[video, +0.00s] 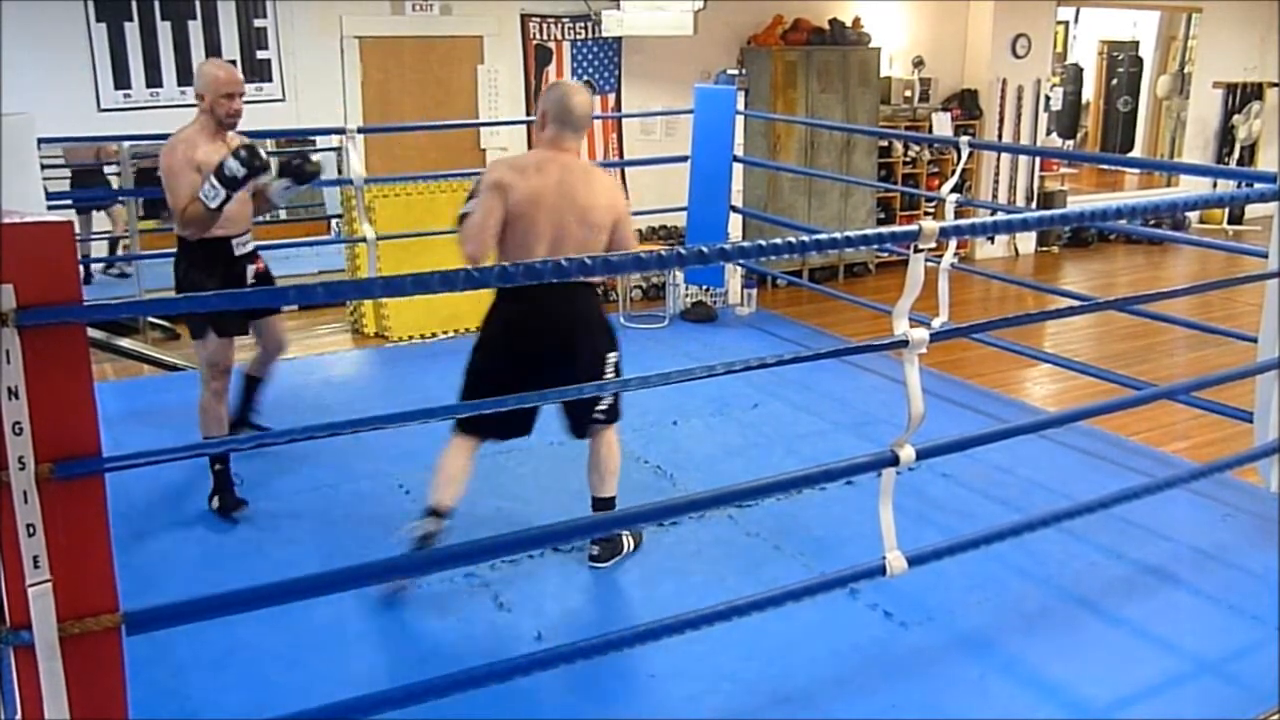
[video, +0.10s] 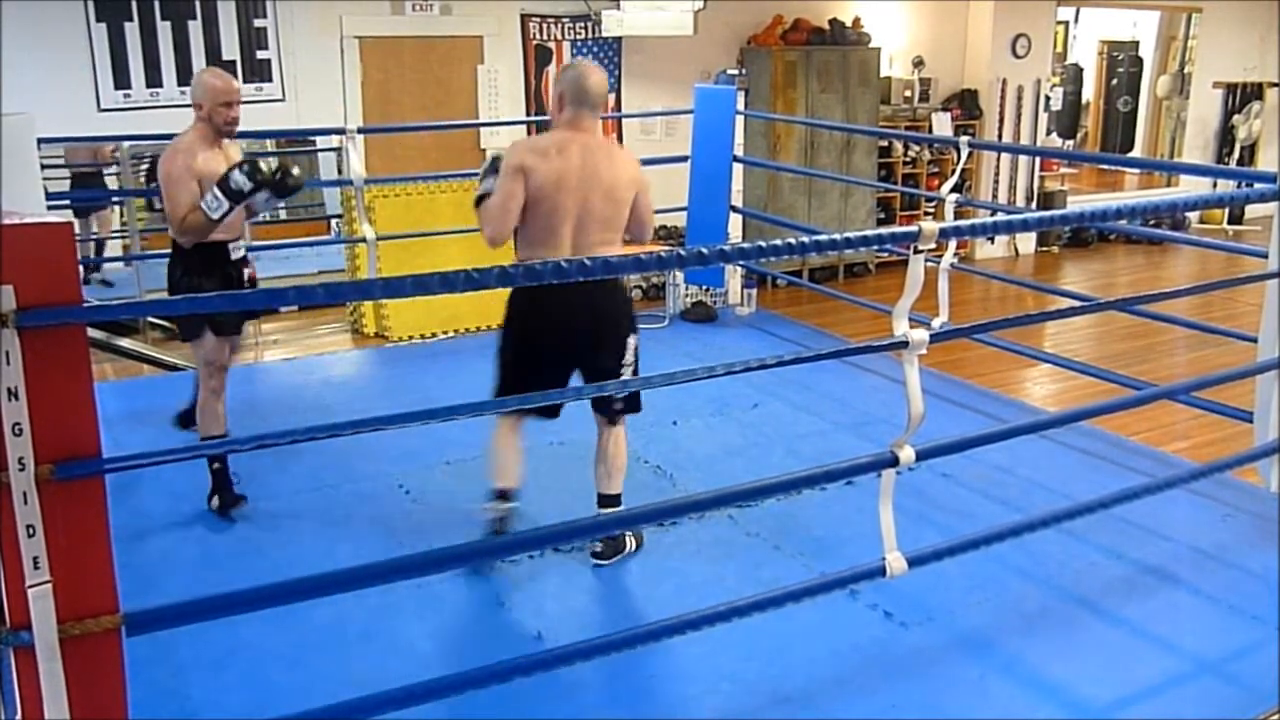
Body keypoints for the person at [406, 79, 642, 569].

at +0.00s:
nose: (533, 124)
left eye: (536, 117)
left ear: (541, 122)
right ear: (588, 127)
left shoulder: (505, 174)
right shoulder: (606, 185)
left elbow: (474, 251)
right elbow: (628, 260)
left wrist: (475, 206)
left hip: (515, 318)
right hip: (582, 319)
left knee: (469, 429)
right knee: (603, 425)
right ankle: (604, 537)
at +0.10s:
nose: (546, 102)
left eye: (549, 95)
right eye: (551, 94)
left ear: (556, 101)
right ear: (606, 106)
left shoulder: (526, 153)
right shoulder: (626, 163)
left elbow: (496, 233)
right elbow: (641, 234)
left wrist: (487, 193)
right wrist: (597, 219)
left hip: (538, 306)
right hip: (605, 305)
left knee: (511, 413)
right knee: (612, 417)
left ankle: (501, 515)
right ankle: (609, 532)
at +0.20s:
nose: (556, 91)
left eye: (560, 83)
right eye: (563, 83)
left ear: (567, 89)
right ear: (613, 93)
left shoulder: (538, 138)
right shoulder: (637, 146)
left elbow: (505, 213)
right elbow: (653, 211)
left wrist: (499, 173)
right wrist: (606, 196)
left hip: (554, 291)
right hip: (621, 288)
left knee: (559, 404)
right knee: (619, 413)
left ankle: (564, 509)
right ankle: (614, 526)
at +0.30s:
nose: (564, 95)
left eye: (566, 89)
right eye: (572, 88)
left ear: (571, 94)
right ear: (618, 95)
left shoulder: (546, 144)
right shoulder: (646, 146)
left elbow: (511, 217)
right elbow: (662, 208)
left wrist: (511, 173)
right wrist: (617, 197)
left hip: (571, 289)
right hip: (636, 286)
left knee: (594, 399)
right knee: (634, 407)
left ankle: (609, 493)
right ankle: (620, 507)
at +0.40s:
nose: (571, 109)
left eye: (572, 102)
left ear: (574, 105)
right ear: (620, 104)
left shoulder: (550, 160)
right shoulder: (651, 154)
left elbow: (524, 242)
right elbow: (676, 219)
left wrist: (519, 198)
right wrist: (633, 205)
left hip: (584, 299)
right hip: (646, 293)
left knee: (608, 401)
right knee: (668, 395)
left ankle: (621, 492)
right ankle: (649, 471)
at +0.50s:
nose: (572, 104)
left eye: (572, 98)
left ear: (576, 105)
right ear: (623, 100)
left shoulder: (555, 159)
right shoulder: (655, 149)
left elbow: (544, 238)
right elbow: (691, 210)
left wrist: (573, 221)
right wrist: (649, 198)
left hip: (593, 296)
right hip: (654, 289)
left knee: (610, 397)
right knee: (690, 379)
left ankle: (620, 493)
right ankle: (681, 462)